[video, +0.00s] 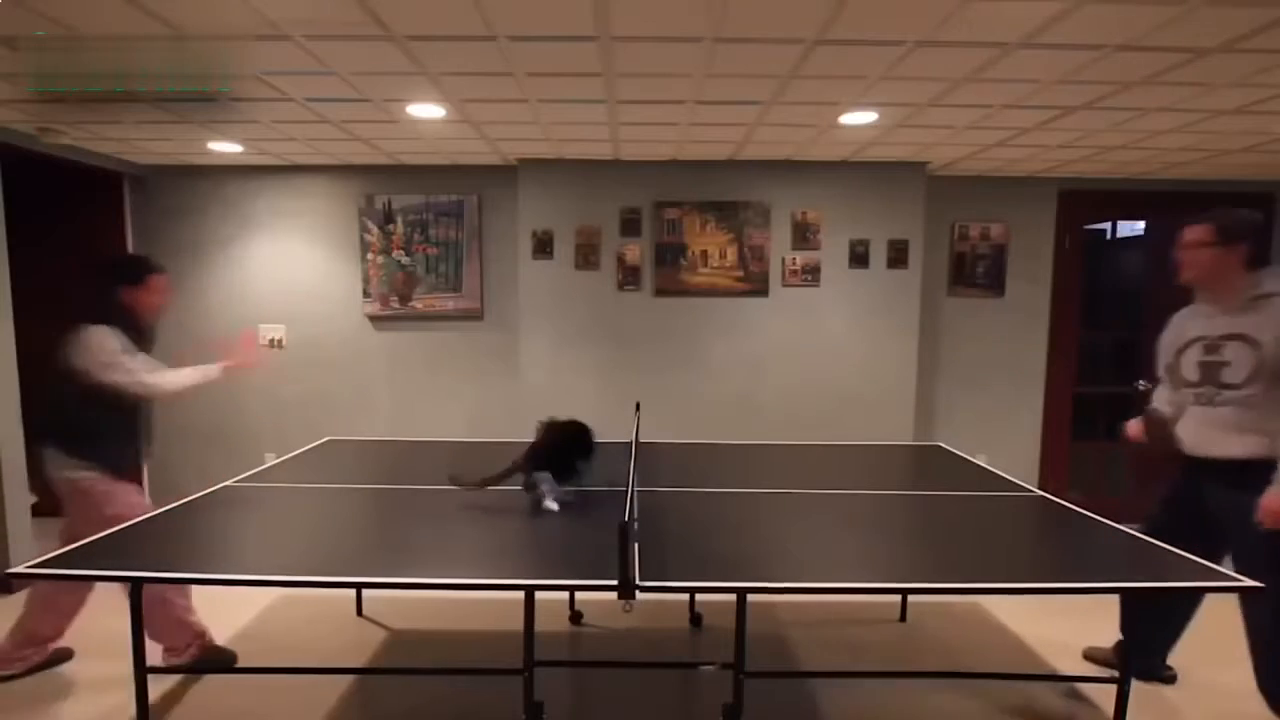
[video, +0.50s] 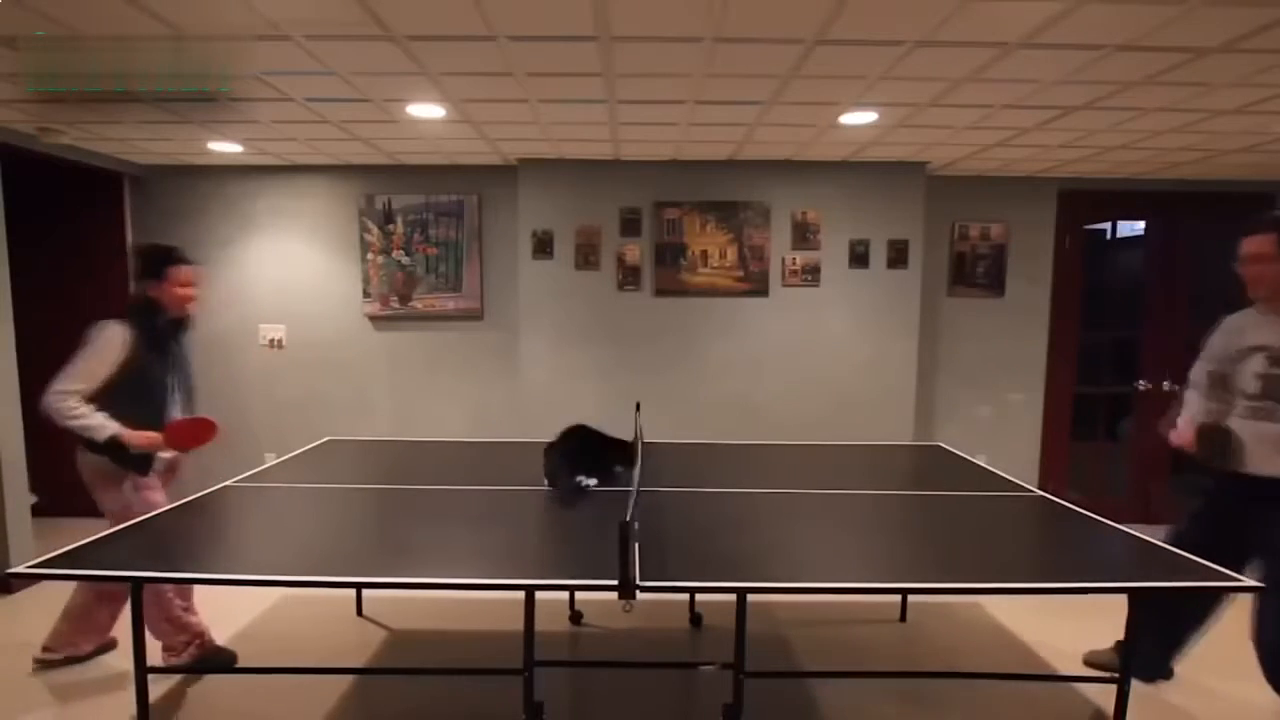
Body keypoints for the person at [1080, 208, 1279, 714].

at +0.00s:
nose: (1181, 259)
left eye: (1193, 248)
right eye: (1181, 249)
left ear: (1234, 254)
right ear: (1182, 256)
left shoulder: (1272, 311)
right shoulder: (1180, 325)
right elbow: (1169, 394)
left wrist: (1279, 484)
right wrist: (1149, 420)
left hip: (1260, 477)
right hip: (1197, 471)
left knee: (1267, 599)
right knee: (1162, 562)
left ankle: (1278, 694)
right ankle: (1142, 654)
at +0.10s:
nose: (1203, 249)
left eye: (1217, 240)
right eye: (1204, 240)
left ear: (1259, 248)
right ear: (1207, 249)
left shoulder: (1276, 310)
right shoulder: (1194, 320)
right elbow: (1178, 389)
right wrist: (1162, 416)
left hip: (1265, 474)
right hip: (1204, 469)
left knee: (1265, 595)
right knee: (1167, 562)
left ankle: (1277, 694)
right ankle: (1145, 656)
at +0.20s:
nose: (1214, 247)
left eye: (1227, 239)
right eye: (1213, 238)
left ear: (1266, 247)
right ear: (1213, 247)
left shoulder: (1278, 312)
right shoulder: (1200, 316)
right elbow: (1179, 383)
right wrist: (1159, 408)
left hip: (1265, 474)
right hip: (1203, 467)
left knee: (1264, 597)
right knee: (1167, 563)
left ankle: (1279, 696)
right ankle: (1144, 655)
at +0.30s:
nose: (1213, 254)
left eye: (1227, 245)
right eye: (1212, 245)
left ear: (1266, 253)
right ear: (1213, 252)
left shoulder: (1275, 319)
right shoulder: (1198, 318)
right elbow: (1171, 378)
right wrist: (1153, 401)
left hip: (1261, 479)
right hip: (1195, 470)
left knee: (1262, 597)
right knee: (1162, 561)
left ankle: (1278, 690)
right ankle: (1141, 650)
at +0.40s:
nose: (1224, 270)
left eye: (1236, 259)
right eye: (1220, 260)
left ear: (1271, 264)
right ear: (1215, 263)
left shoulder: (1279, 328)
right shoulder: (1209, 325)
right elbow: (1177, 383)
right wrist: (1164, 417)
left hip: (1270, 484)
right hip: (1207, 478)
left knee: (1272, 599)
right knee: (1170, 565)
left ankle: (1277, 679)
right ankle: (1140, 651)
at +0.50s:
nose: (1253, 270)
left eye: (1263, 259)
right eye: (1247, 260)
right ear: (1239, 267)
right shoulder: (1234, 329)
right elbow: (1202, 385)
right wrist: (1190, 421)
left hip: (1276, 487)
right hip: (1235, 481)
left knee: (1275, 612)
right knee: (1182, 565)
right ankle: (1143, 653)